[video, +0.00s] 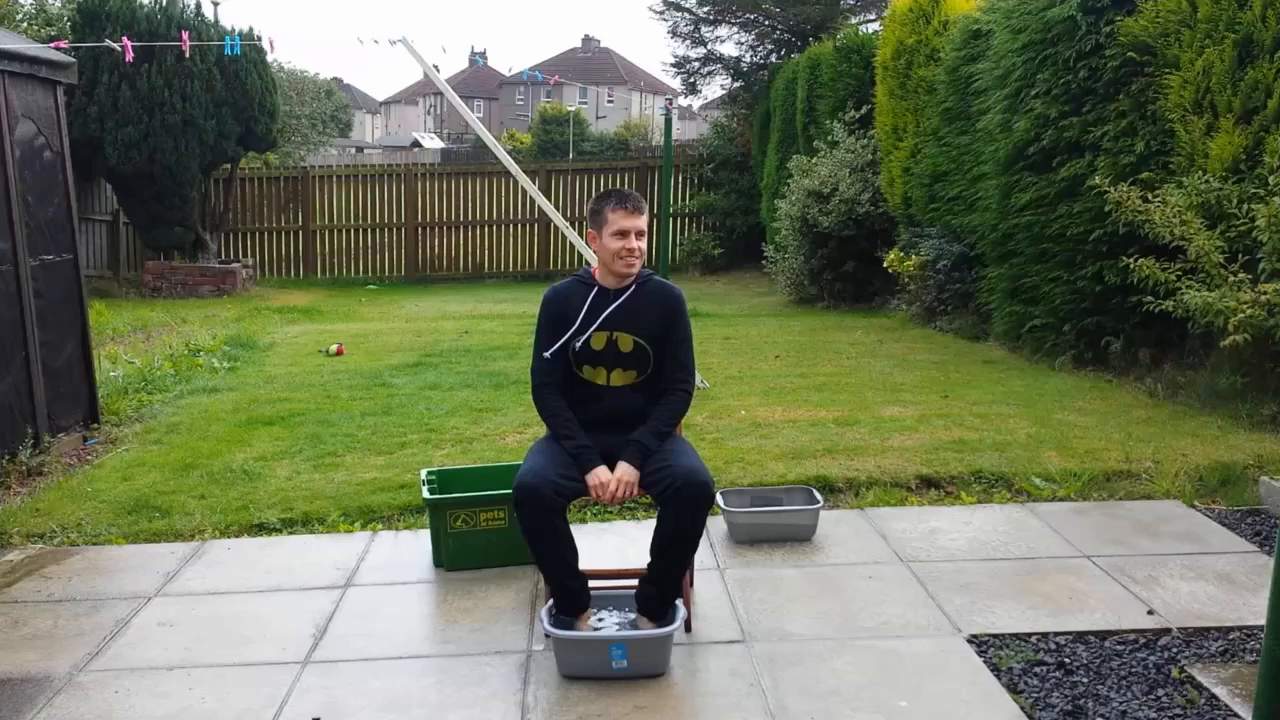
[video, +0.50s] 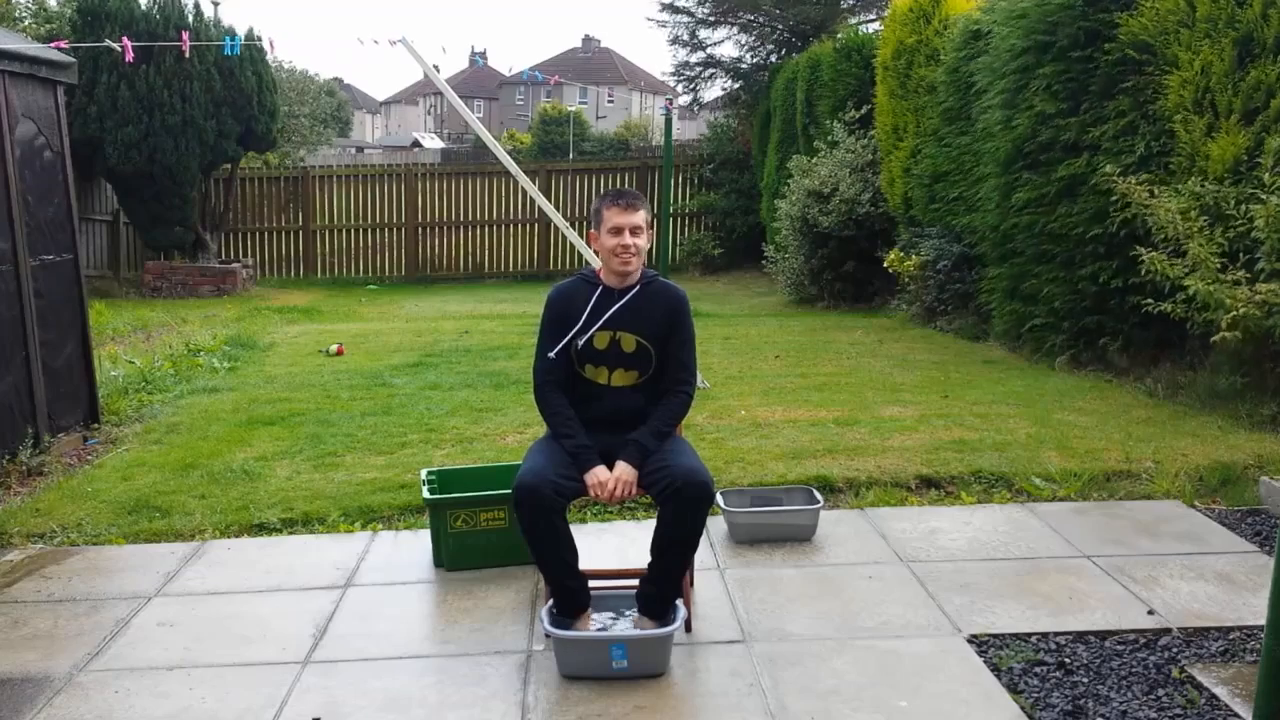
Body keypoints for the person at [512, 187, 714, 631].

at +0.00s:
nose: (633, 245)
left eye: (639, 235)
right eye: (620, 235)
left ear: (648, 238)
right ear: (594, 239)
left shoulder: (666, 300)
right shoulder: (561, 300)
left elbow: (679, 389)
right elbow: (545, 388)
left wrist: (634, 457)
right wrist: (589, 461)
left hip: (649, 434)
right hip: (575, 435)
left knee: (694, 486)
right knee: (531, 489)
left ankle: (655, 601)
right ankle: (572, 602)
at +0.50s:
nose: (627, 241)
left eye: (636, 231)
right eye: (615, 232)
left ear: (649, 239)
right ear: (595, 240)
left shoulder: (670, 301)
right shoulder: (566, 299)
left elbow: (680, 390)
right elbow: (547, 386)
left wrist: (633, 456)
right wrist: (588, 460)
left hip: (650, 434)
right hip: (575, 435)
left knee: (693, 486)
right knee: (530, 489)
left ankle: (654, 605)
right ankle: (573, 606)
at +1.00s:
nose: (604, 248)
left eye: (615, 238)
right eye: (593, 238)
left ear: (631, 244)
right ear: (577, 242)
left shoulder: (655, 297)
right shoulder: (550, 304)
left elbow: (673, 385)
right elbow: (541, 394)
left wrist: (634, 455)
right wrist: (589, 461)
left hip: (646, 433)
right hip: (573, 437)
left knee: (692, 479)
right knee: (528, 491)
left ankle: (658, 600)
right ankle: (572, 604)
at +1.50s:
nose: (618, 250)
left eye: (630, 239)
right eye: (609, 239)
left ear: (648, 247)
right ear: (594, 245)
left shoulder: (670, 305)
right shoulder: (565, 301)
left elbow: (683, 395)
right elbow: (546, 388)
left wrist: (631, 456)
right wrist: (586, 461)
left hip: (648, 435)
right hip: (574, 436)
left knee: (689, 484)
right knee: (527, 487)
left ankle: (654, 604)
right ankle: (569, 604)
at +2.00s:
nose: (646, 250)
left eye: (658, 241)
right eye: (637, 239)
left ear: (672, 249)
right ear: (619, 243)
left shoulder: (683, 312)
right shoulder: (579, 299)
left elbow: (686, 396)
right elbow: (552, 385)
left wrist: (635, 454)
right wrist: (588, 460)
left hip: (650, 436)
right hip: (577, 435)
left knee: (695, 485)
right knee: (533, 485)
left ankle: (655, 605)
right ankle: (575, 603)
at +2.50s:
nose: (617, 250)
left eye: (628, 240)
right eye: (607, 240)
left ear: (644, 248)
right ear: (590, 246)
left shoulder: (665, 306)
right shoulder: (561, 304)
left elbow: (681, 394)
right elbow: (543, 392)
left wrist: (634, 458)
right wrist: (587, 462)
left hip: (648, 435)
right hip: (574, 437)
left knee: (694, 484)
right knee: (527, 490)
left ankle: (658, 602)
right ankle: (572, 601)